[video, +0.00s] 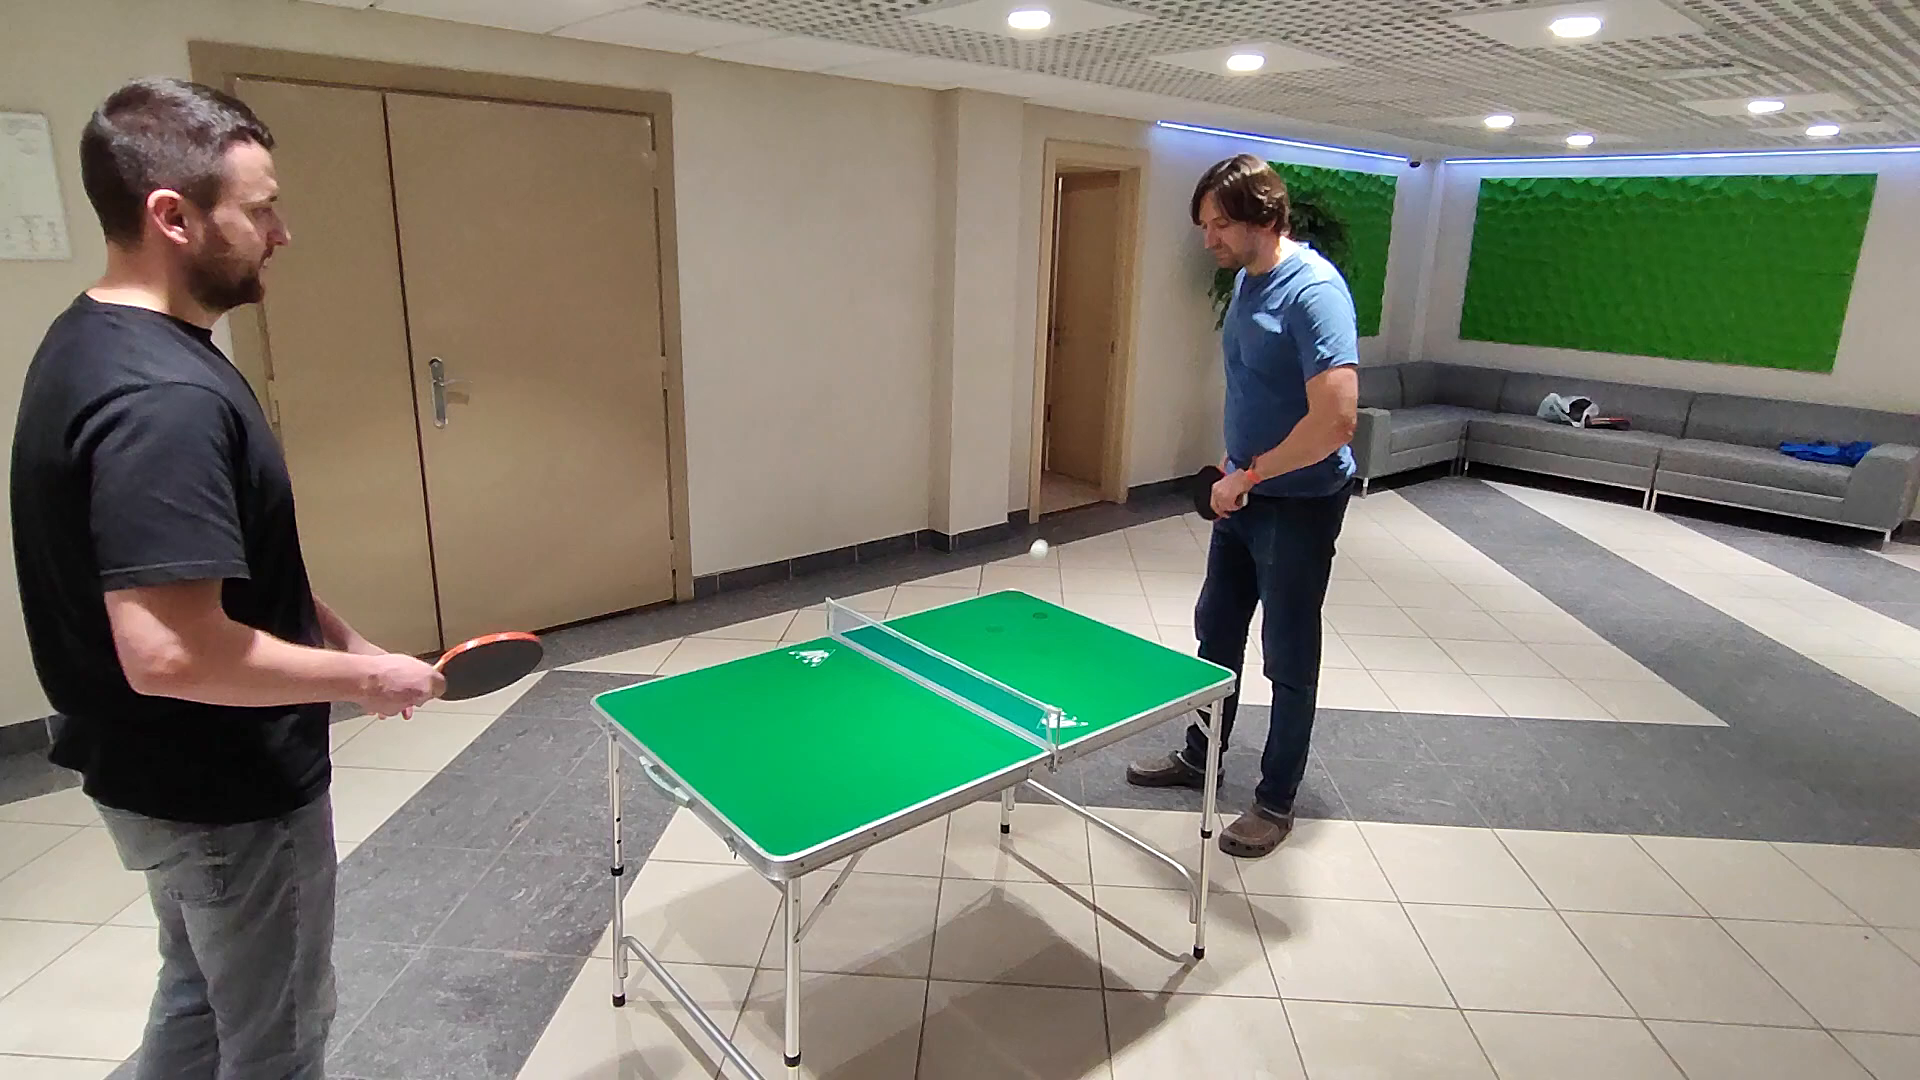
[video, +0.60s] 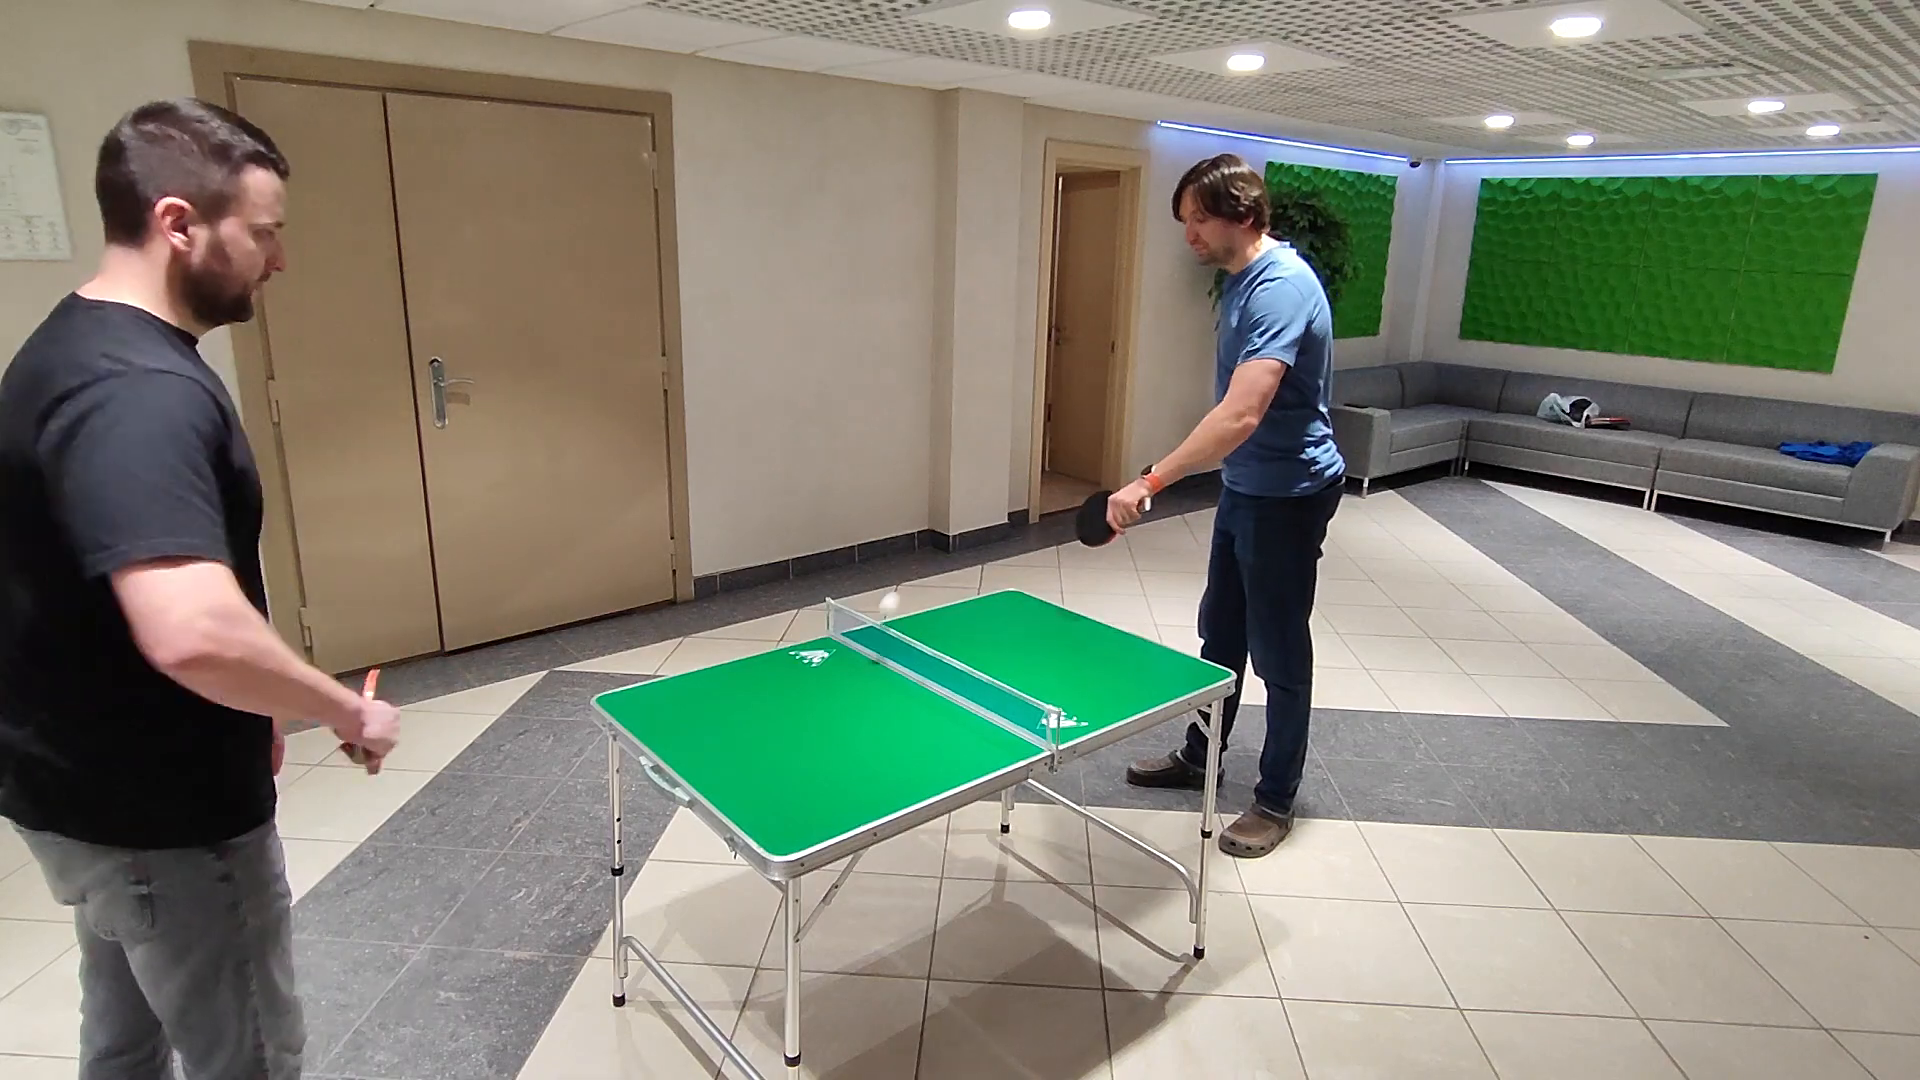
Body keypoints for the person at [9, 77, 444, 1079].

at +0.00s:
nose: (281, 233)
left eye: (276, 208)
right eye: (261, 210)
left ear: (173, 218)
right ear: (172, 216)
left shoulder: (97, 347)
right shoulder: (160, 396)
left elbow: (235, 555)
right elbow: (167, 650)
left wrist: (347, 652)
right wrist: (361, 677)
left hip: (157, 773)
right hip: (235, 795)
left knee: (198, 1007)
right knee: (278, 1045)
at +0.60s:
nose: (278, 261)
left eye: (278, 234)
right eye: (265, 231)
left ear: (169, 225)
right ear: (178, 223)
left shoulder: (69, 346)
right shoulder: (138, 382)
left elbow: (90, 591)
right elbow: (192, 629)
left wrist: (244, 706)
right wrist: (346, 708)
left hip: (78, 790)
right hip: (170, 818)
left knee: (125, 1041)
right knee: (250, 1058)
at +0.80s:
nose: (362, 291)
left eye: (366, 267)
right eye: (356, 264)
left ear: (238, 241)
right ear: (282, 253)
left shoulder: (71, 358)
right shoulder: (270, 414)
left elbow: (65, 582)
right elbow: (451, 630)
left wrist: (231, 699)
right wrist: (519, 664)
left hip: (40, 814)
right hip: (181, 840)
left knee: (123, 1055)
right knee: (253, 1061)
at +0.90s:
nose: (406, 317)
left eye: (412, 295)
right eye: (404, 292)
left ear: (263, 260)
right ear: (339, 281)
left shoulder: (77, 364)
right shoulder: (340, 435)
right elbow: (541, 620)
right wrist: (607, 643)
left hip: (15, 820)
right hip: (168, 840)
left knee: (109, 1063)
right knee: (250, 1065)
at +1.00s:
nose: (438, 345)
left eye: (446, 322)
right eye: (438, 319)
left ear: (299, 287)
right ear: (379, 311)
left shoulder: (91, 365)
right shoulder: (377, 451)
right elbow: (580, 602)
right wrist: (670, 641)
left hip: (3, 817)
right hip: (158, 835)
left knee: (92, 1068)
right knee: (252, 1068)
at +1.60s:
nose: (411, 298)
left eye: (415, 273)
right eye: (406, 272)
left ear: (261, 252)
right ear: (336, 268)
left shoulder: (81, 359)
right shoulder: (354, 428)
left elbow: (26, 565)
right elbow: (373, 674)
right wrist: (446, 761)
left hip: (30, 802)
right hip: (207, 824)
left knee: (72, 1064)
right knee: (251, 1067)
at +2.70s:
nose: (254, 254)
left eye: (254, 228)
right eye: (237, 227)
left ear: (143, 222)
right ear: (147, 221)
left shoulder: (9, 344)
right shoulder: (184, 390)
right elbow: (220, 643)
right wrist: (333, 744)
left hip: (37, 799)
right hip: (180, 821)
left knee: (86, 1055)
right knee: (237, 1064)